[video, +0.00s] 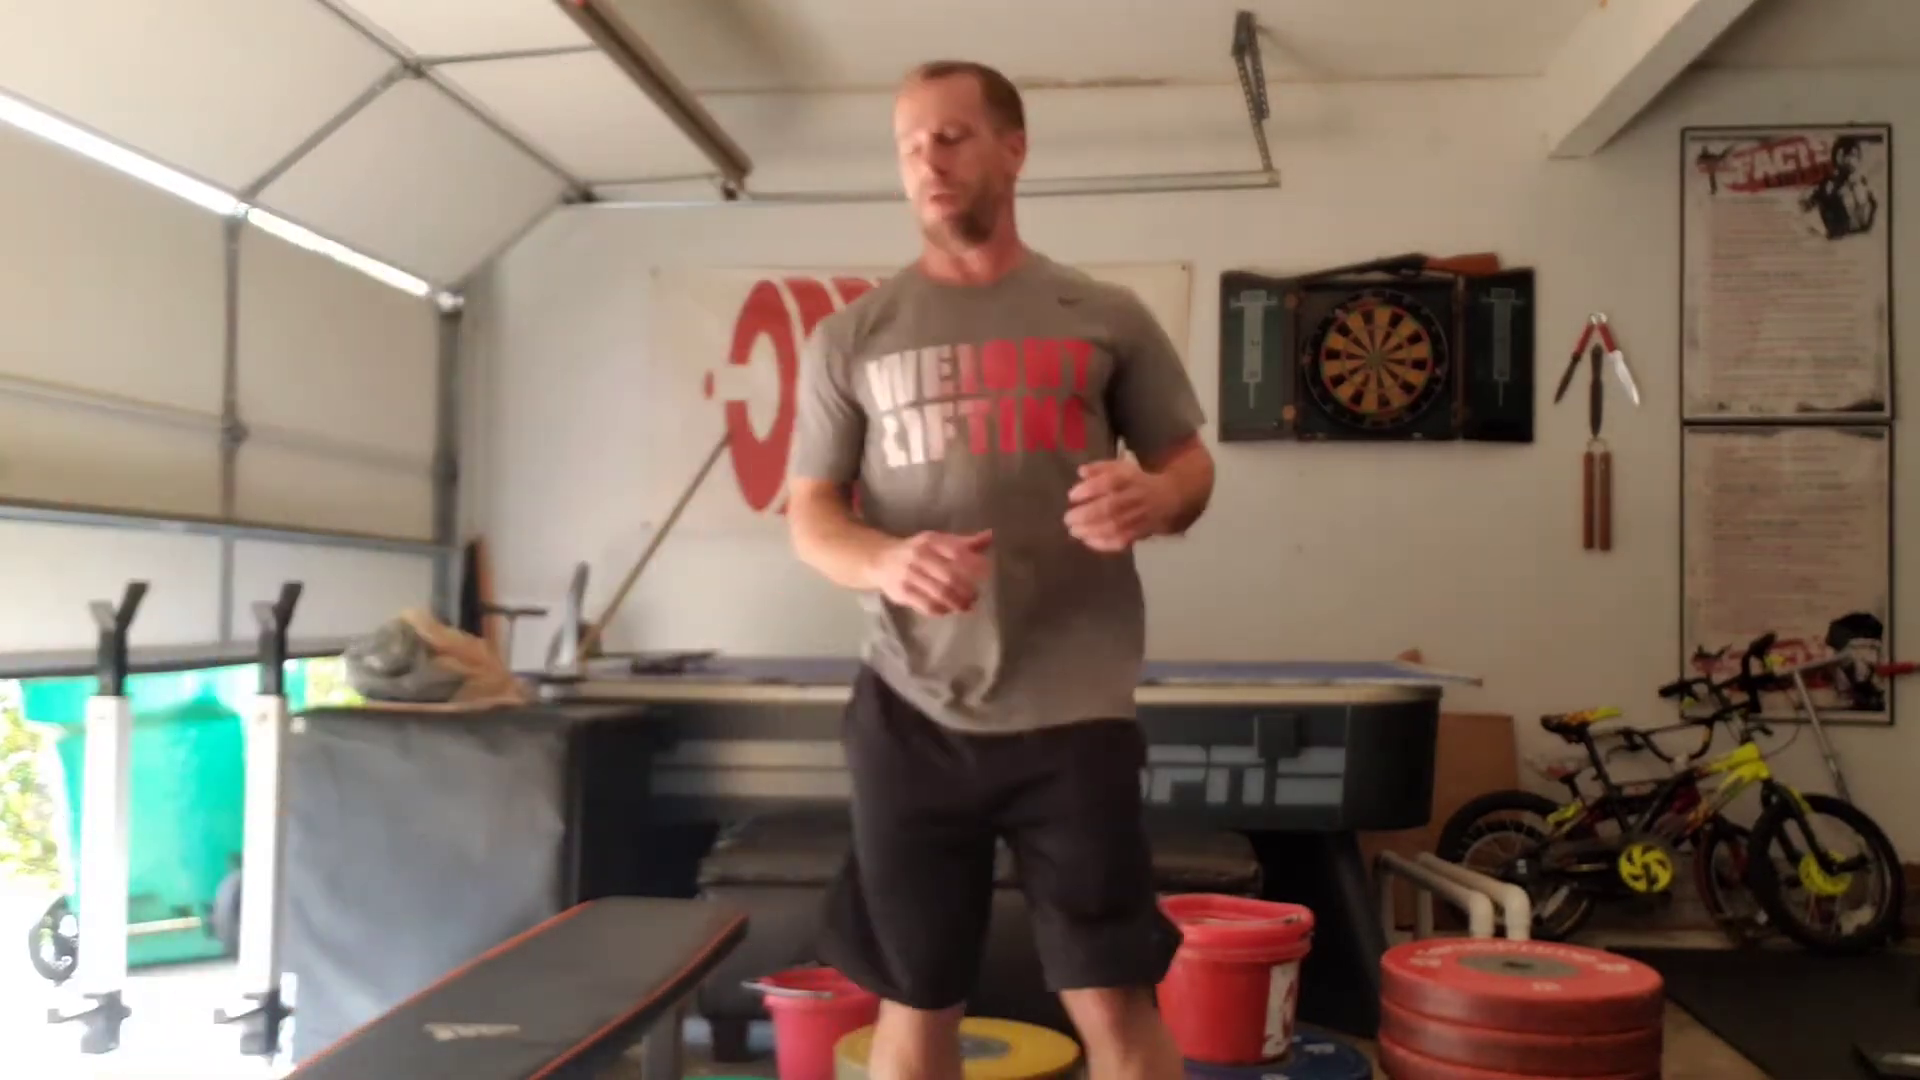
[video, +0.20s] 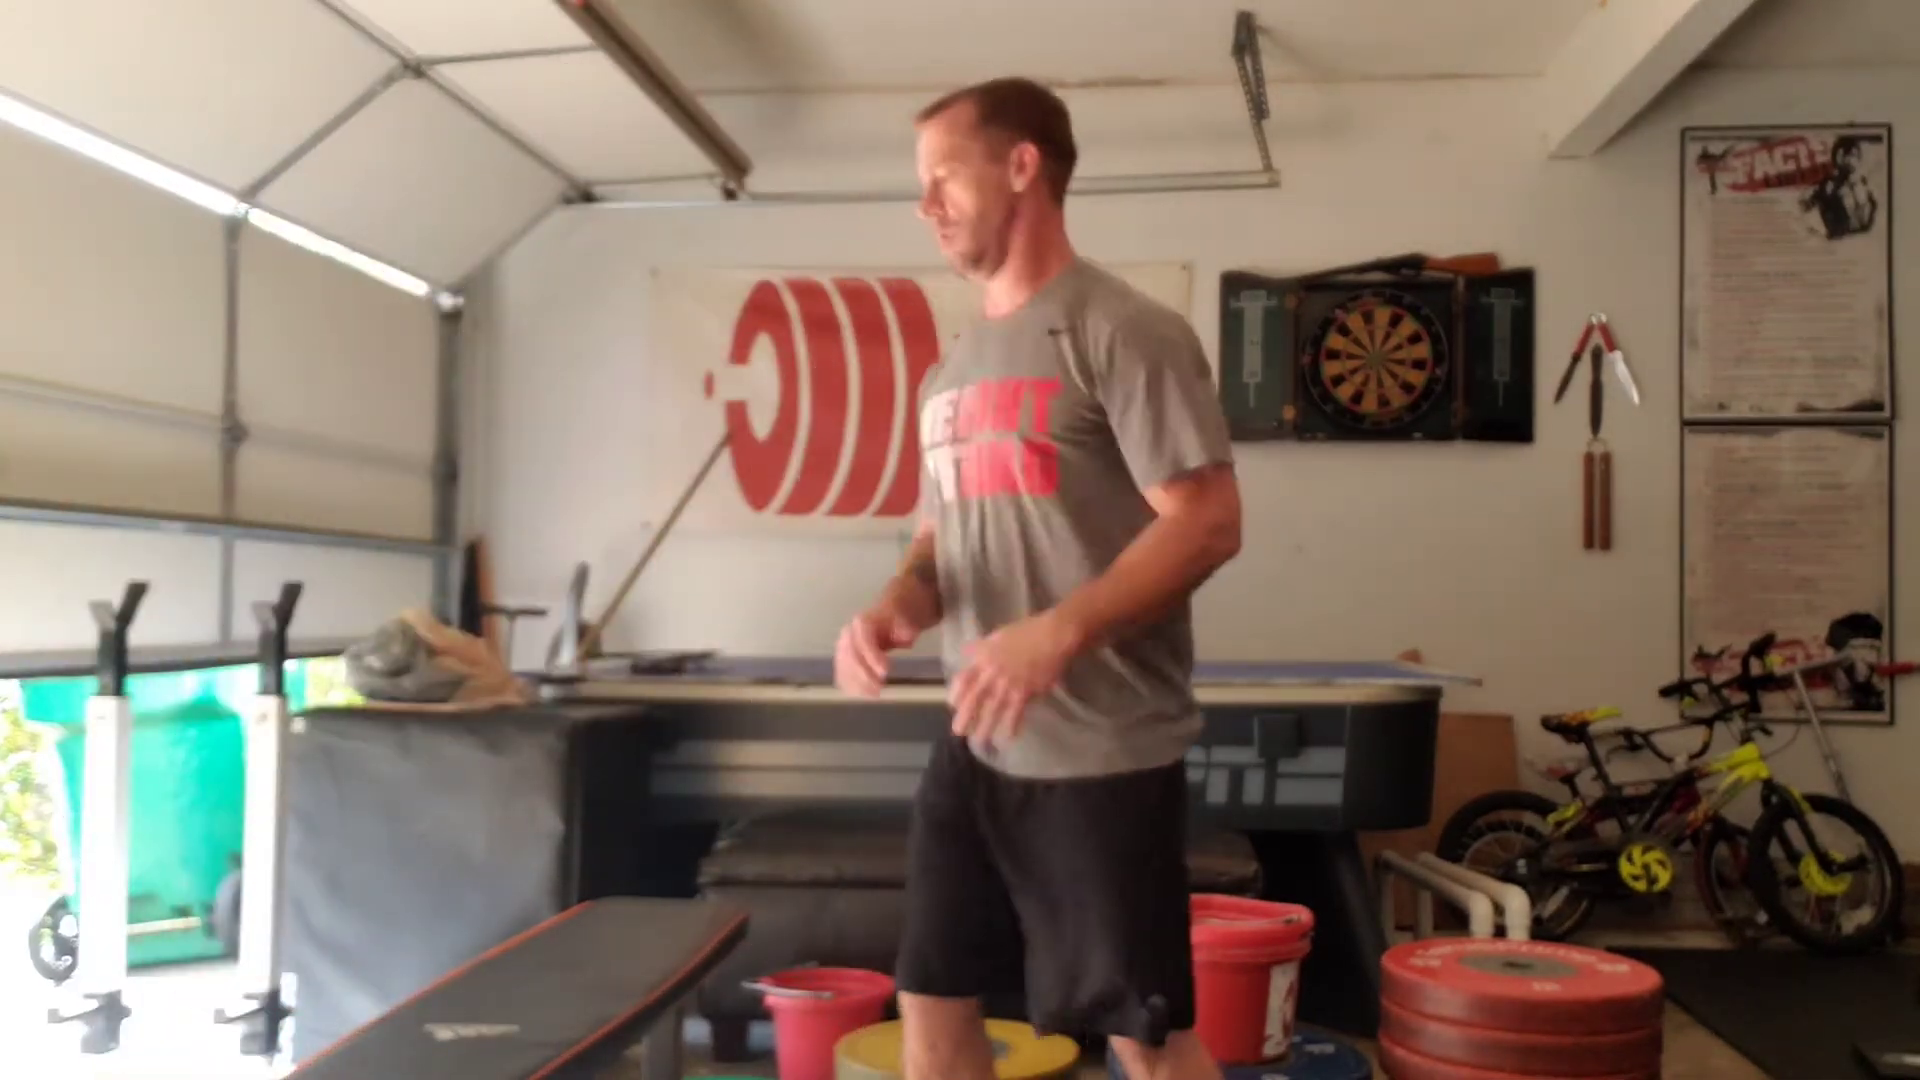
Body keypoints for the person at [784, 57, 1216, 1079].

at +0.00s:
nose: (930, 162)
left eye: (953, 138)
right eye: (913, 146)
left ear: (1012, 150)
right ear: (900, 167)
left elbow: (1192, 469)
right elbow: (812, 515)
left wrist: (1157, 498)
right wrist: (882, 560)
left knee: (1109, 1005)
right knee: (916, 1010)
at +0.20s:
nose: (928, 207)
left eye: (945, 180)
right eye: (923, 186)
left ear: (1024, 171)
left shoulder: (1129, 333)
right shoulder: (952, 369)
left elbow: (1208, 521)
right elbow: (942, 543)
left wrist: (1058, 631)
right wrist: (893, 614)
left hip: (1105, 757)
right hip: (976, 749)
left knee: (1150, 1037)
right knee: (935, 1003)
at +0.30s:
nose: (929, 207)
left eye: (942, 180)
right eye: (927, 185)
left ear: (1015, 168)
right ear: (1004, 175)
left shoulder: (1096, 312)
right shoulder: (1008, 332)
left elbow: (1150, 506)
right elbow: (1016, 534)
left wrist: (966, 589)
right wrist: (911, 614)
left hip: (1114, 744)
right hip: (1019, 736)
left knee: (1155, 1029)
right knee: (947, 959)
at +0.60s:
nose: (837, 231)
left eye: (847, 204)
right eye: (835, 208)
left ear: (912, 191)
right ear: (918, 196)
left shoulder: (960, 306)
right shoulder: (966, 306)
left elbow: (999, 472)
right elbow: (1011, 500)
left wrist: (870, 649)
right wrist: (961, 639)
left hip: (1062, 719)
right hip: (1059, 710)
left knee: (1006, 1022)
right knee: (1038, 1021)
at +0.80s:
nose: (708, 330)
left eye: (720, 302)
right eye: (709, 306)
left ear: (783, 297)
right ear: (788, 300)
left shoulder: (832, 393)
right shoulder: (839, 394)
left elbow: (1009, 455)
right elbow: (1008, 462)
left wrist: (1017, 655)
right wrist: (1011, 662)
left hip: (1029, 748)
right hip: (1060, 738)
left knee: (884, 1026)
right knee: (970, 1031)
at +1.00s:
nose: (671, 334)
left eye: (686, 309)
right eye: (674, 311)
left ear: (745, 316)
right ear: (749, 321)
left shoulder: (773, 430)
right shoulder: (793, 427)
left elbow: (656, 622)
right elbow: (710, 638)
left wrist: (536, 552)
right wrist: (598, 564)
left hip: (946, 769)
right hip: (987, 750)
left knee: (840, 1056)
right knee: (942, 1049)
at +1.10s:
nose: (601, 179)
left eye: (611, 153)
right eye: (603, 157)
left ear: (669, 138)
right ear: (694, 145)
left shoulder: (702, 221)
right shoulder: (718, 243)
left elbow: (492, 320)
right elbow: (618, 383)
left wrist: (474, 194)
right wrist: (560, 251)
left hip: (850, 606)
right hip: (869, 598)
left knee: (877, 914)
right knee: (916, 904)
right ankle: (953, 1075)